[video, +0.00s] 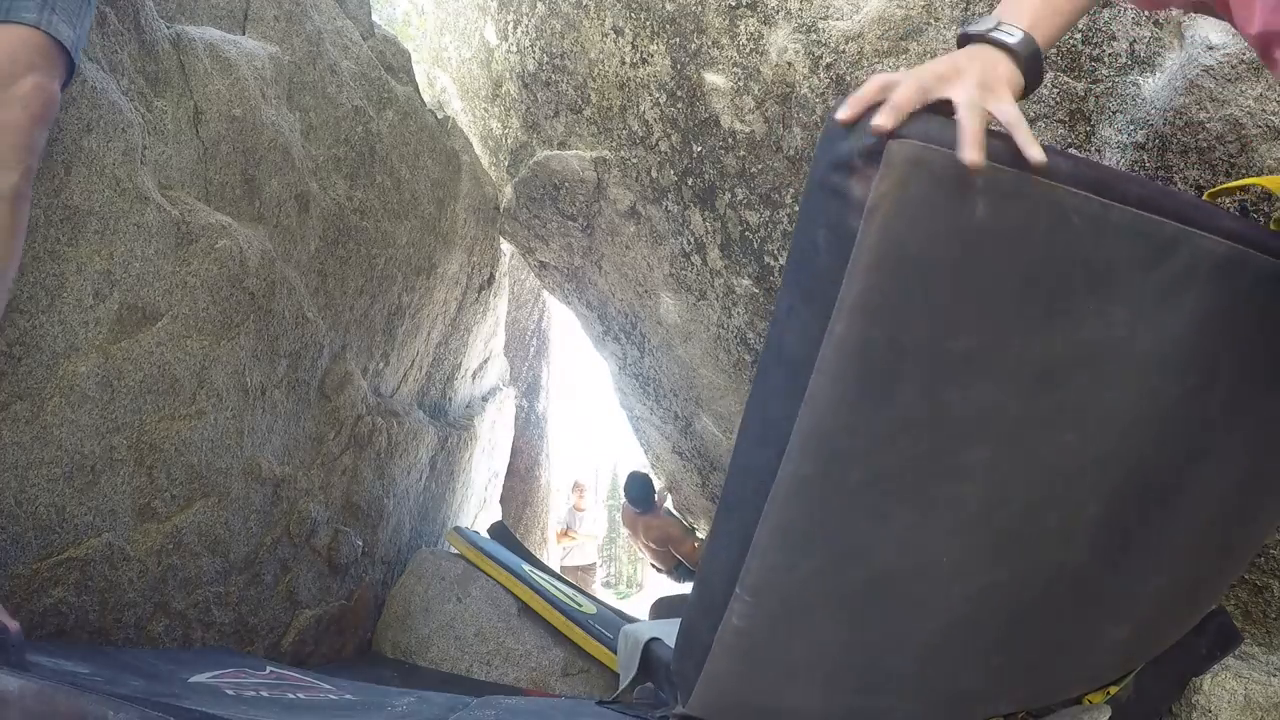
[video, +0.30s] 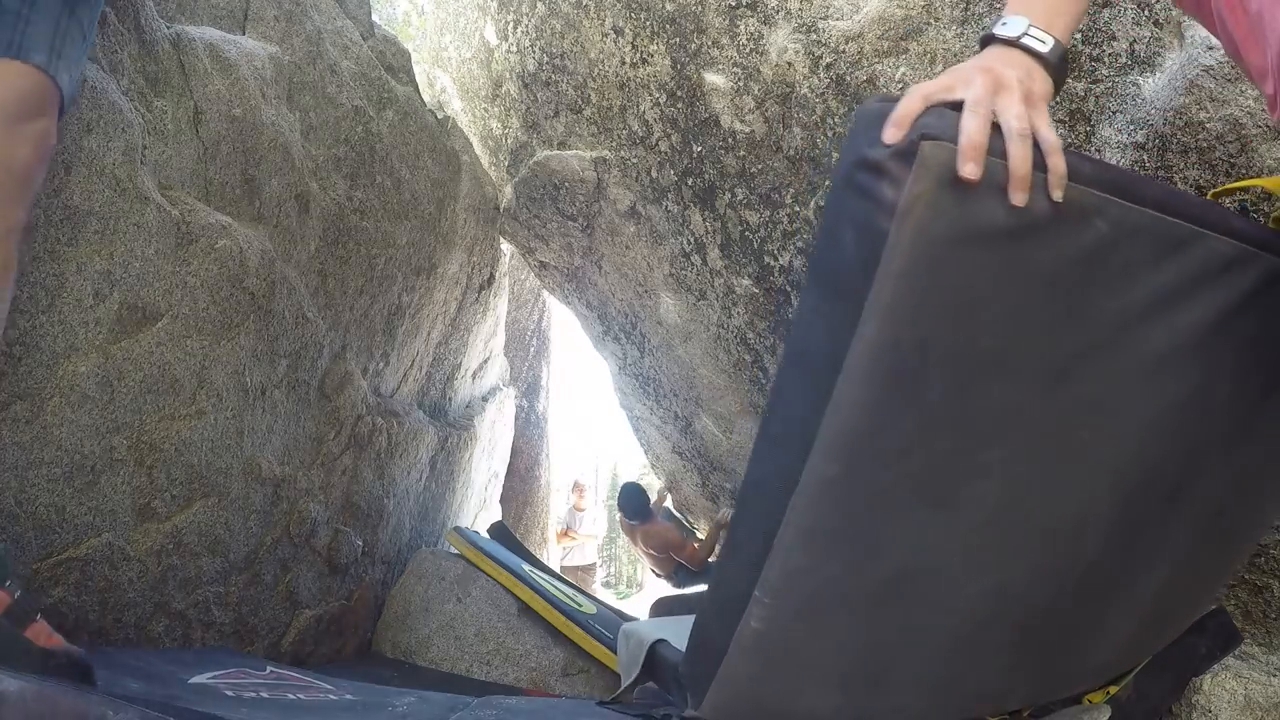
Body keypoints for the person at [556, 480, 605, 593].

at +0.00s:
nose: (581, 493)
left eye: (584, 490)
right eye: (578, 490)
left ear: (588, 493)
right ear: (572, 492)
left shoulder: (597, 513)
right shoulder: (565, 513)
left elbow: (597, 538)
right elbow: (560, 540)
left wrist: (569, 532)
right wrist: (584, 538)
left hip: (589, 563)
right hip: (568, 564)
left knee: (588, 603)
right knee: (568, 603)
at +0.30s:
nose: (581, 493)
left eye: (584, 489)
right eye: (578, 489)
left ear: (589, 492)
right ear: (572, 492)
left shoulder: (597, 513)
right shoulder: (565, 512)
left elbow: (598, 539)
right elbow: (559, 540)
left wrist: (571, 533)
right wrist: (585, 538)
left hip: (589, 564)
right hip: (567, 565)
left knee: (588, 604)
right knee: (567, 604)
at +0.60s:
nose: (582, 492)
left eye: (585, 489)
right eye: (578, 489)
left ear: (589, 492)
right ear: (572, 492)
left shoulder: (597, 513)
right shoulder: (565, 512)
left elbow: (598, 539)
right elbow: (559, 540)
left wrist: (572, 533)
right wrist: (585, 538)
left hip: (589, 565)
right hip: (568, 566)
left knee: (588, 605)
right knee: (568, 605)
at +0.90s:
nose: (581, 493)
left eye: (584, 489)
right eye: (578, 489)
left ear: (589, 492)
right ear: (572, 492)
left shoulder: (598, 514)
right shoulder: (565, 513)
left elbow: (597, 539)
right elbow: (559, 541)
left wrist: (573, 533)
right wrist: (585, 538)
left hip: (589, 565)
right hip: (567, 566)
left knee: (589, 605)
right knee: (568, 605)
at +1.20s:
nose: (581, 492)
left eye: (584, 489)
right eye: (578, 489)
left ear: (589, 492)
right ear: (572, 492)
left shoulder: (598, 513)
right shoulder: (565, 513)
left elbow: (598, 538)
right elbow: (560, 541)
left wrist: (573, 533)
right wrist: (586, 538)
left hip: (589, 565)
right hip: (567, 566)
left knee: (590, 605)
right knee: (568, 605)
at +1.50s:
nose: (581, 493)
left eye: (584, 489)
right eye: (578, 489)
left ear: (590, 492)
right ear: (572, 492)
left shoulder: (597, 513)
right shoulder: (565, 513)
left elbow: (598, 539)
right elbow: (560, 540)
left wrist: (572, 533)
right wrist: (586, 538)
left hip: (589, 565)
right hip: (568, 566)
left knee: (589, 604)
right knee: (568, 604)